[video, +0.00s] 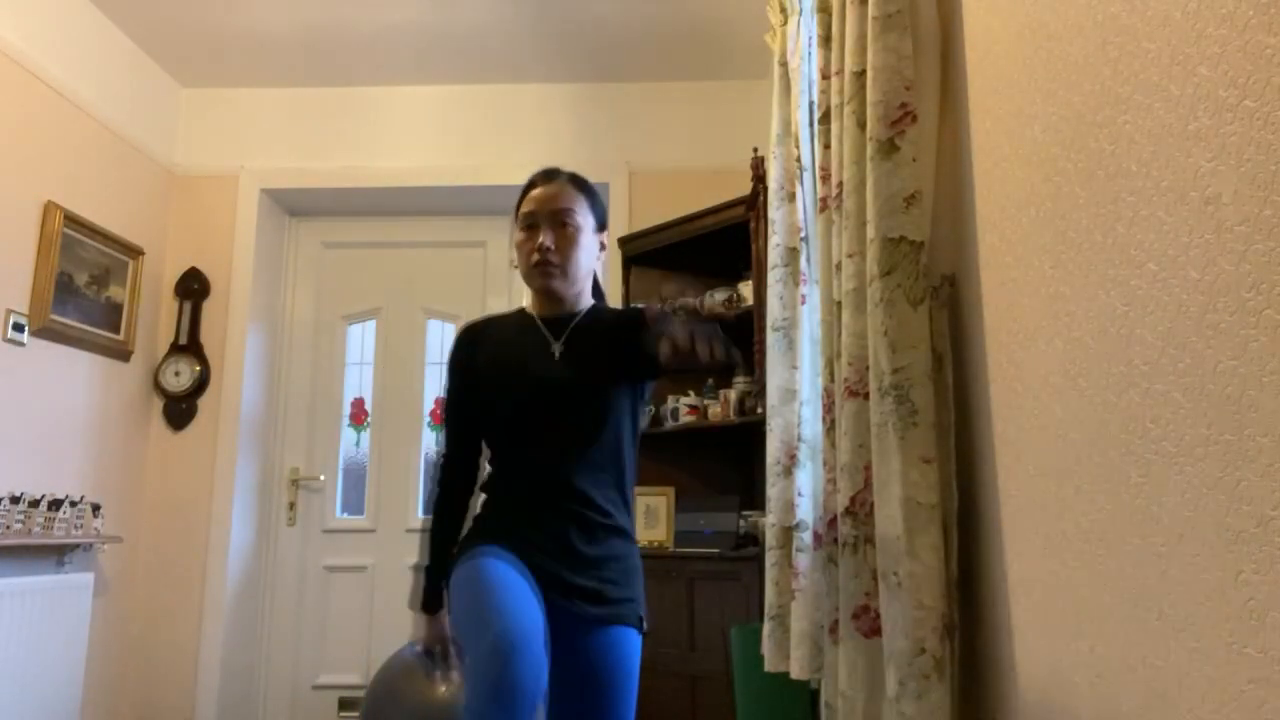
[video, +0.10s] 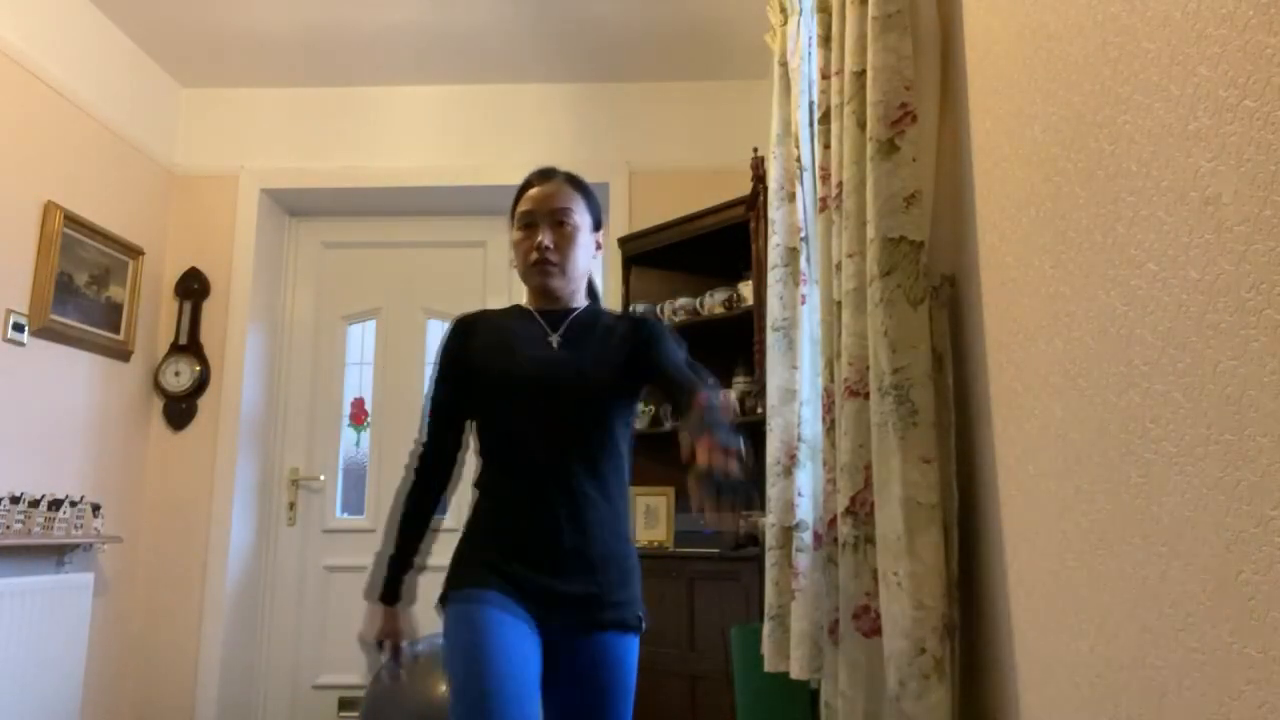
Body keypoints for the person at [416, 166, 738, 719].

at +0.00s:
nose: (542, 240)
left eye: (562, 223)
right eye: (528, 226)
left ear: (600, 245)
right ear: (514, 245)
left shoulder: (626, 331)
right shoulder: (482, 342)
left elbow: (655, 338)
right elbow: (457, 475)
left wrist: (683, 334)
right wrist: (433, 600)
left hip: (603, 559)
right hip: (502, 549)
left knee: (608, 708)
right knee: (514, 680)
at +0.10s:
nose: (542, 239)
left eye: (562, 223)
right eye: (528, 225)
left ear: (597, 243)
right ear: (511, 243)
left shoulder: (635, 337)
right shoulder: (476, 336)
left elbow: (693, 389)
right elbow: (434, 467)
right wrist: (391, 591)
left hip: (602, 589)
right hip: (495, 583)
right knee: (502, 710)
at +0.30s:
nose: (527, 244)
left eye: (547, 231)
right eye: (512, 230)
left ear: (578, 253)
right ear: (493, 247)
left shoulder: (613, 350)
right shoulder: (449, 337)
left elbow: (651, 479)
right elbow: (379, 457)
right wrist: (305, 568)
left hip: (572, 615)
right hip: (460, 610)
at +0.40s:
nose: (517, 243)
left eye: (538, 230)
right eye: (503, 228)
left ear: (567, 254)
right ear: (484, 246)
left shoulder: (603, 353)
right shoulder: (440, 333)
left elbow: (621, 487)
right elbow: (378, 422)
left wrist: (627, 605)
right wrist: (301, 520)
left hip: (559, 587)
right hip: (451, 587)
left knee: (559, 709)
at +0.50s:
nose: (513, 240)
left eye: (533, 228)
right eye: (498, 226)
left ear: (559, 253)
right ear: (475, 245)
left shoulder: (595, 350)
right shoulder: (437, 324)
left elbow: (594, 477)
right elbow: (386, 380)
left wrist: (586, 562)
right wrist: (334, 440)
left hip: (555, 552)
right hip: (455, 561)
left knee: (543, 633)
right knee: (440, 707)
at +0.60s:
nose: (511, 244)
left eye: (530, 232)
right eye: (494, 230)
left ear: (553, 258)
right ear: (469, 253)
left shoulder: (588, 354)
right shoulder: (439, 331)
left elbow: (586, 482)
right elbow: (403, 359)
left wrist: (555, 582)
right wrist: (407, 329)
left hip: (552, 577)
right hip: (448, 580)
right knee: (438, 709)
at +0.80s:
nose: (514, 239)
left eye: (531, 230)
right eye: (497, 226)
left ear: (550, 260)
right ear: (465, 244)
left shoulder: (585, 361)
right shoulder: (427, 341)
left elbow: (588, 493)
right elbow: (415, 330)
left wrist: (560, 629)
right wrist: (441, 275)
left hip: (552, 590)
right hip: (451, 595)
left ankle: (504, 439)